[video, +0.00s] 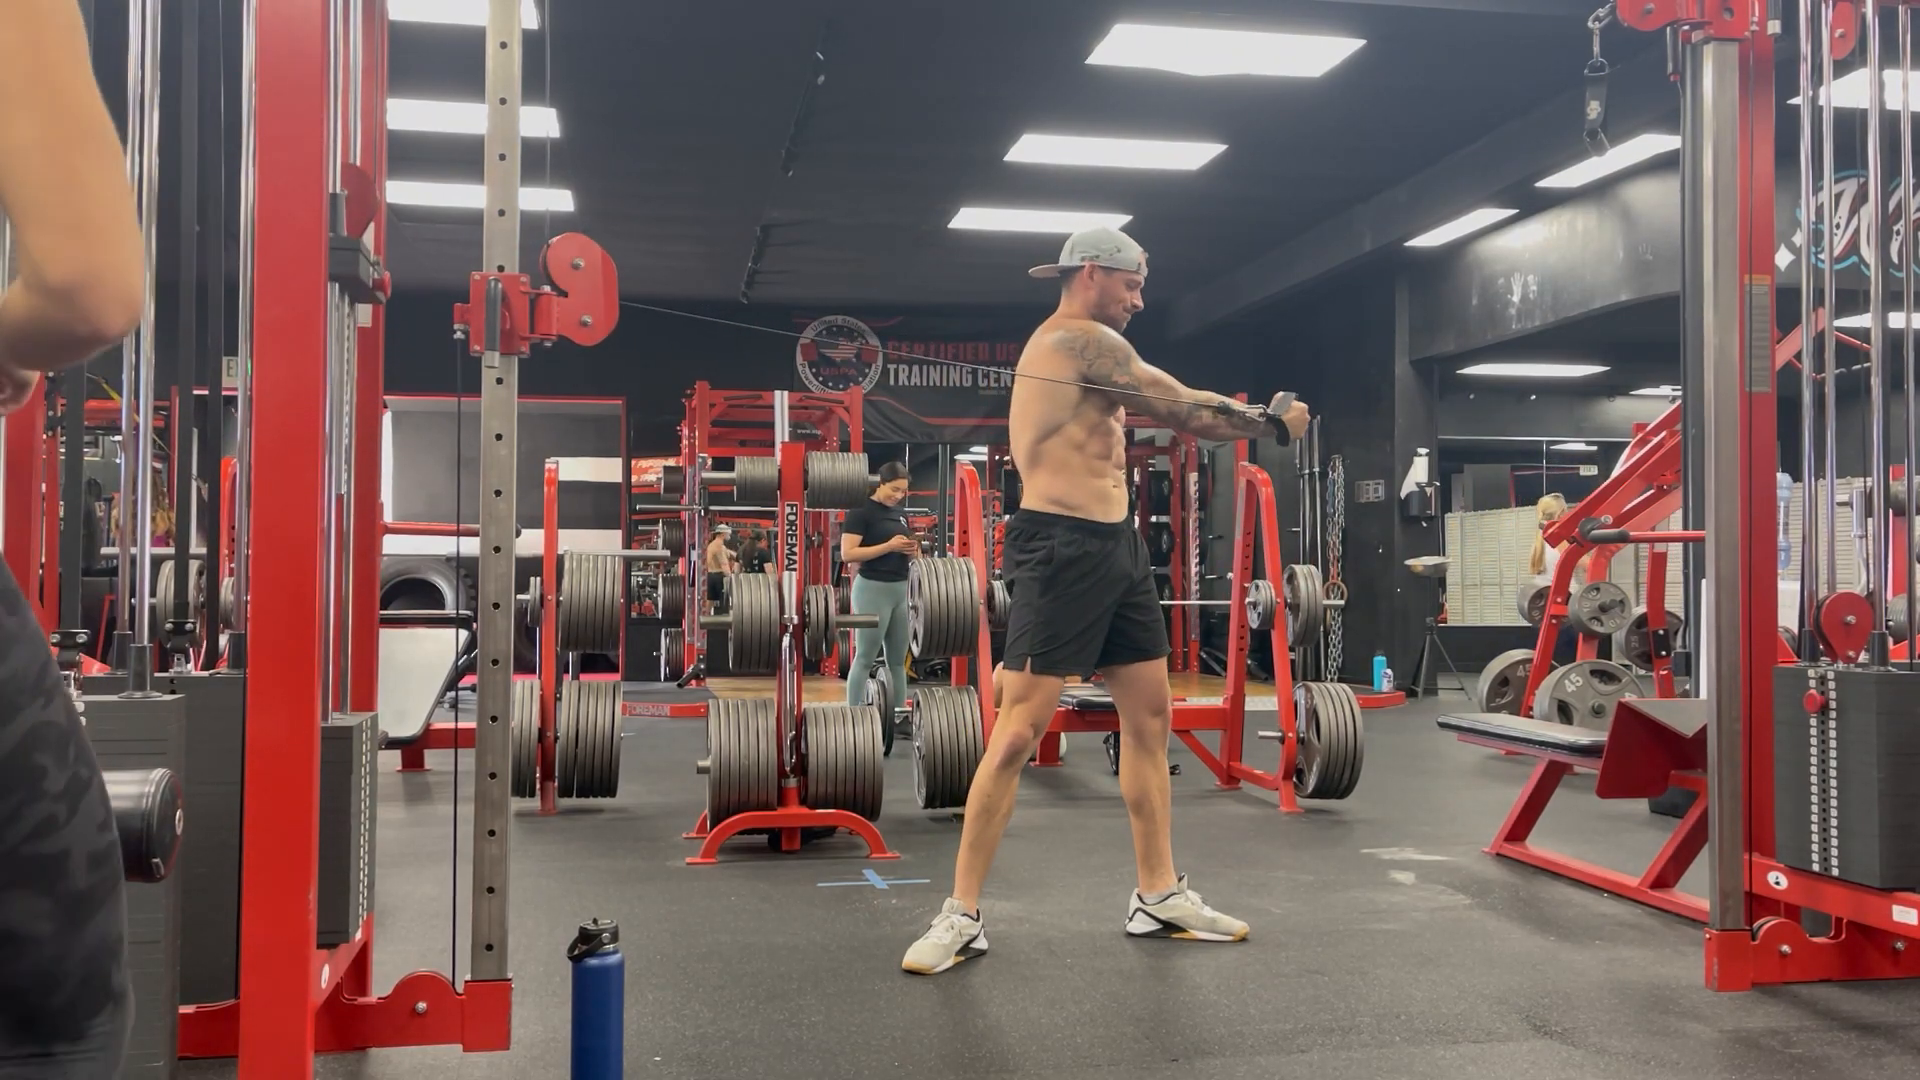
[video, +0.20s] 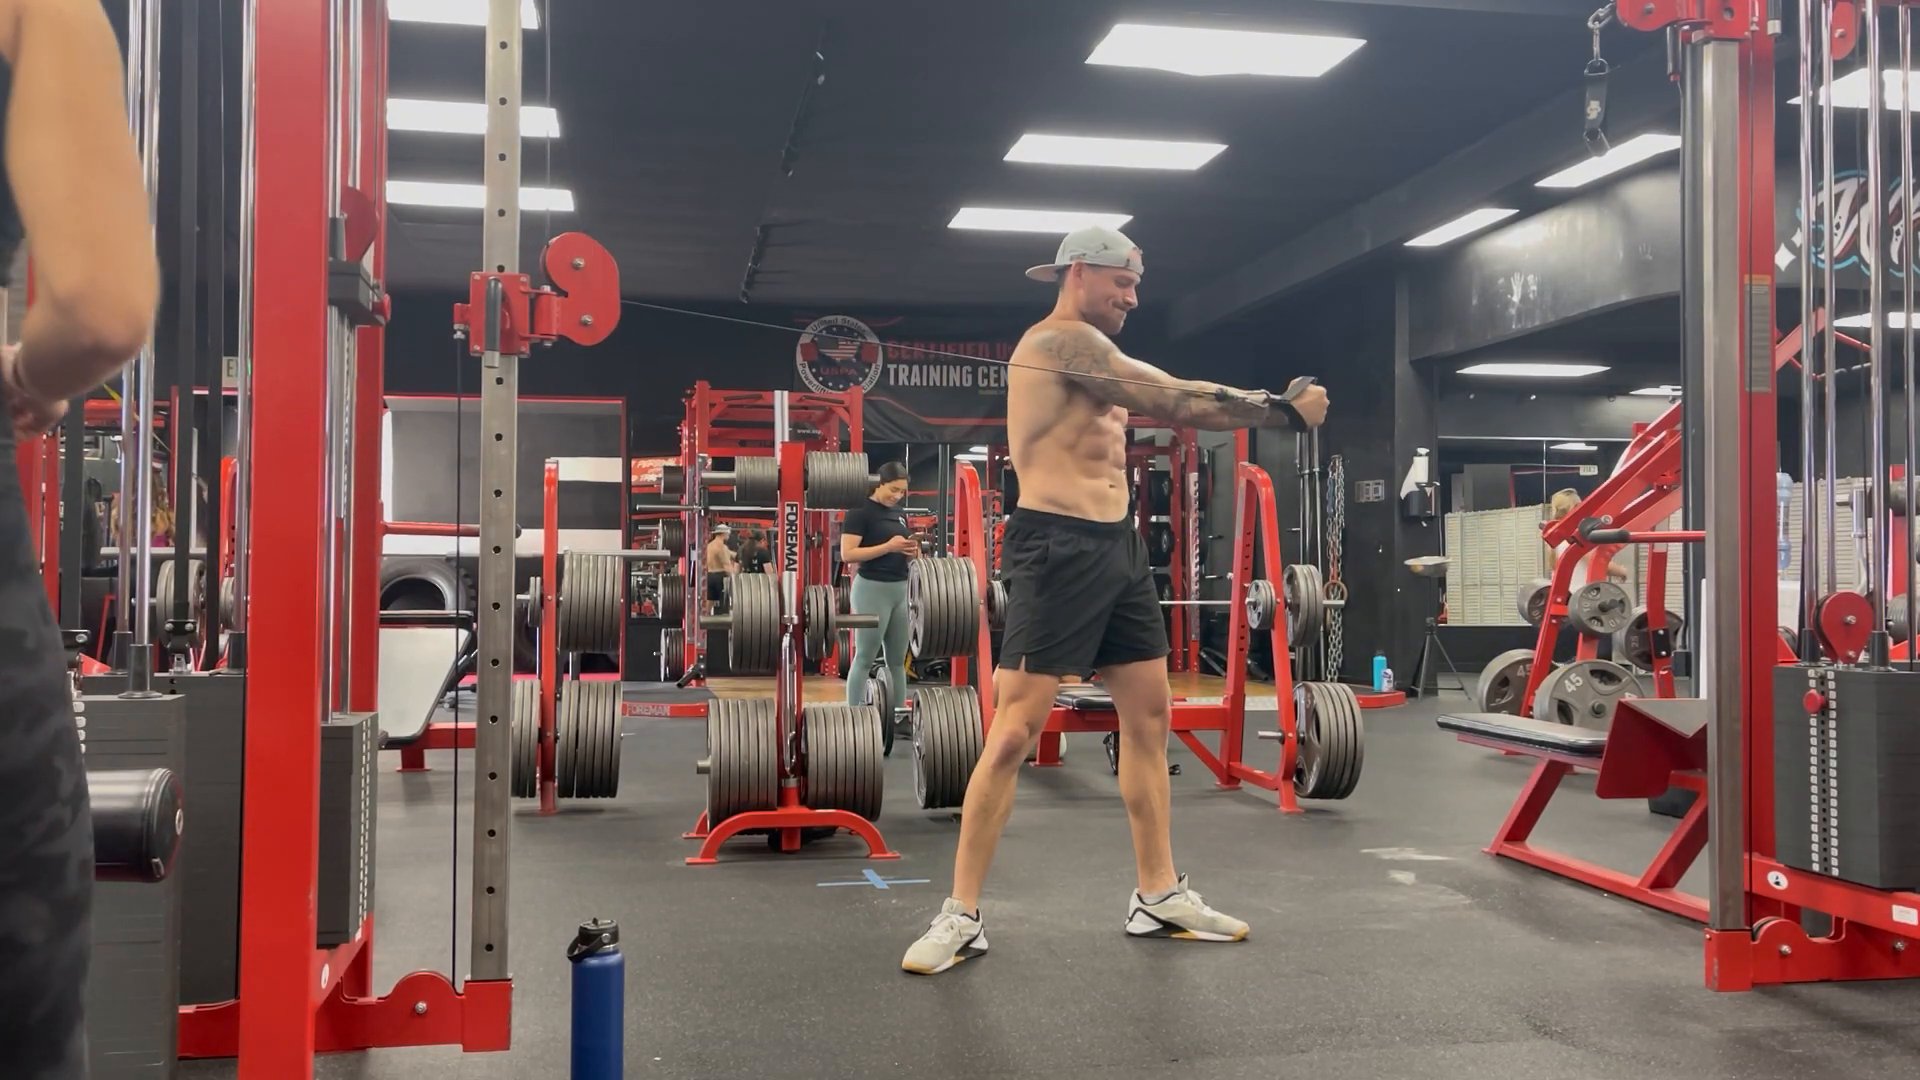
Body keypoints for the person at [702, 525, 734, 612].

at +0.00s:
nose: (730, 536)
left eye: (730, 534)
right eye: (728, 534)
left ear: (721, 534)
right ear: (722, 534)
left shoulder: (711, 545)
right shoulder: (720, 547)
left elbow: (726, 552)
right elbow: (724, 565)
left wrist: (734, 555)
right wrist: (729, 576)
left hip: (711, 573)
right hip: (719, 573)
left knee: (710, 599)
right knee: (722, 600)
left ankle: (707, 617)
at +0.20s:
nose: (728, 536)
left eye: (728, 534)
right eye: (727, 534)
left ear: (718, 534)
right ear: (723, 534)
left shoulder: (710, 545)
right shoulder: (722, 547)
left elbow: (727, 552)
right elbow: (726, 564)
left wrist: (735, 555)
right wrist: (733, 574)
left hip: (711, 572)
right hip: (721, 572)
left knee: (710, 599)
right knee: (722, 600)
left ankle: (707, 616)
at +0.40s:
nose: (727, 535)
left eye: (726, 533)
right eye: (726, 533)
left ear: (715, 533)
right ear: (724, 534)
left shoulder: (709, 545)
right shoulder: (725, 547)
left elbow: (708, 559)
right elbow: (732, 560)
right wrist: (732, 570)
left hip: (711, 572)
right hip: (723, 572)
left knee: (709, 599)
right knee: (723, 600)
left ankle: (706, 616)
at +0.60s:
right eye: (723, 534)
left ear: (714, 533)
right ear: (725, 534)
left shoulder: (708, 545)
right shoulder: (729, 547)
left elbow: (705, 559)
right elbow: (735, 558)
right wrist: (732, 568)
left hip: (710, 572)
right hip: (724, 572)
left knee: (709, 600)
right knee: (724, 601)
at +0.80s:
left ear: (714, 533)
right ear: (725, 534)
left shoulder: (708, 546)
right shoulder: (731, 548)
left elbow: (704, 561)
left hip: (711, 573)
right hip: (726, 573)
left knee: (709, 601)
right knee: (725, 602)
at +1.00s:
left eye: (712, 534)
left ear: (713, 534)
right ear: (724, 534)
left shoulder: (707, 546)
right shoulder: (732, 547)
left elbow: (704, 561)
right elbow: (737, 561)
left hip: (711, 572)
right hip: (726, 572)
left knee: (708, 601)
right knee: (726, 602)